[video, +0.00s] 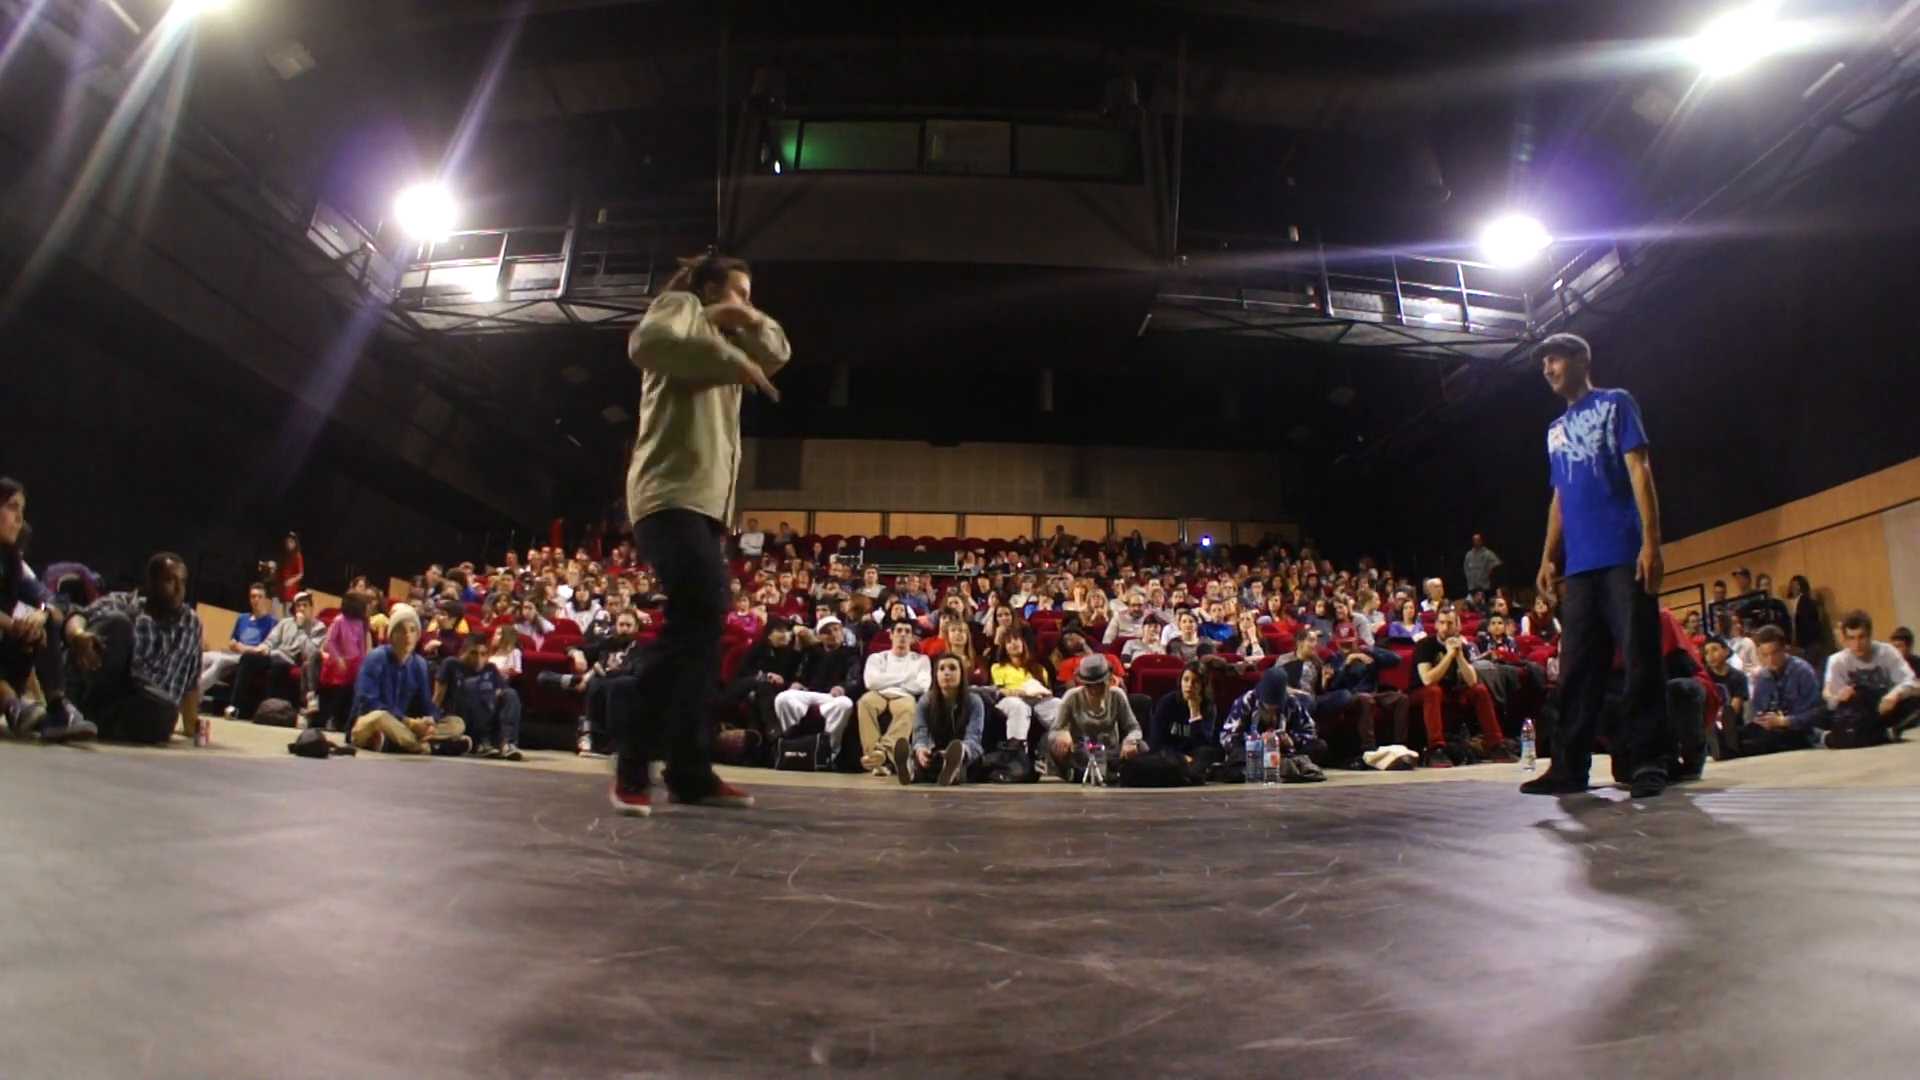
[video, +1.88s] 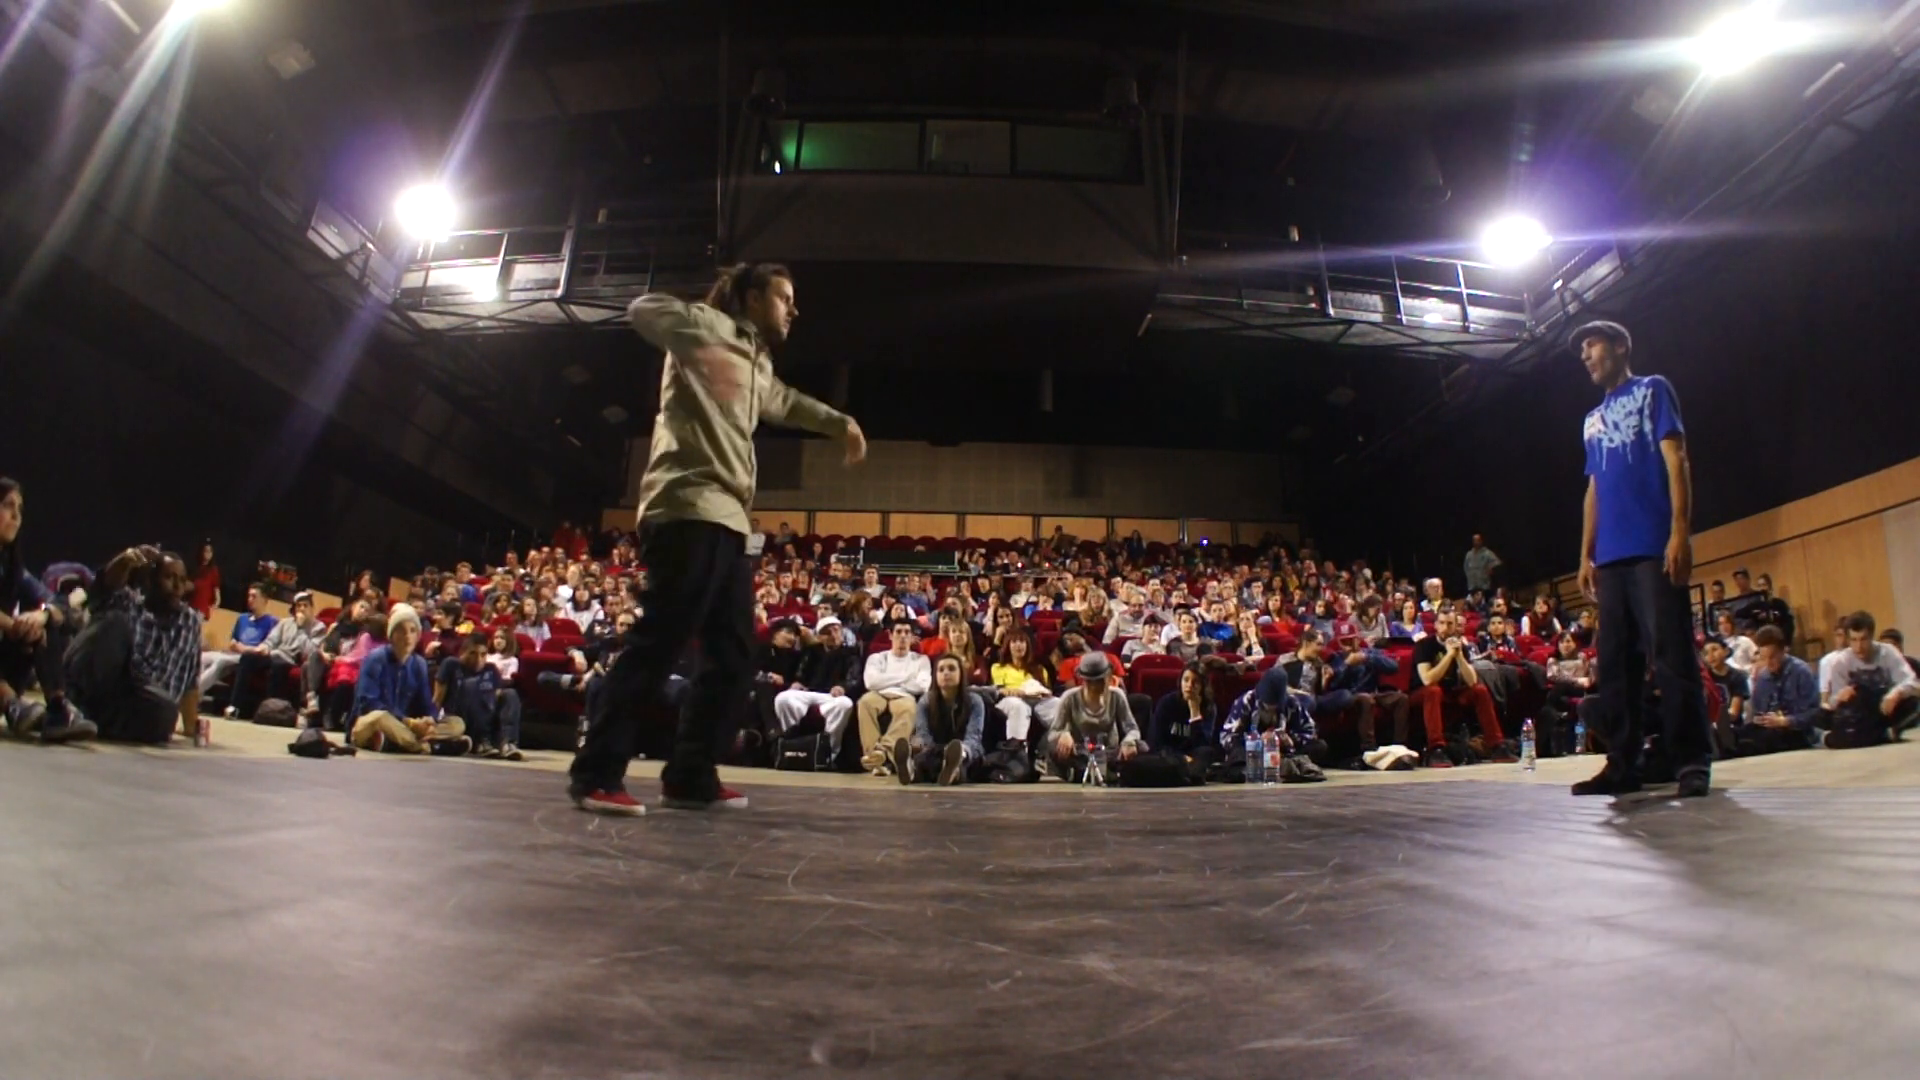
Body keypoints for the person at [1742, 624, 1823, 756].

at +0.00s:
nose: (1771, 660)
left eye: (1775, 653)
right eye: (1765, 655)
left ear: (1784, 650)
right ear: (1759, 656)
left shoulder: (1803, 671)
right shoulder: (1761, 676)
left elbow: (1817, 711)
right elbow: (1757, 709)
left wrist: (1783, 721)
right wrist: (1763, 720)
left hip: (1799, 731)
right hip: (1769, 731)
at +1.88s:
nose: (1769, 662)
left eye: (1773, 656)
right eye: (1764, 658)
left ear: (1784, 651)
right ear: (1760, 657)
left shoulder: (1801, 671)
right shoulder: (1762, 676)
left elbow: (1812, 713)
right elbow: (1756, 711)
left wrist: (1784, 721)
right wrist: (1759, 719)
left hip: (1798, 732)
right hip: (1767, 731)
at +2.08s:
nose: (1767, 666)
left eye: (1771, 660)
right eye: (1763, 661)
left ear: (1782, 653)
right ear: (1759, 659)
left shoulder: (1801, 672)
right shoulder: (1762, 676)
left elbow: (1812, 712)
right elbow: (1758, 711)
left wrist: (1784, 721)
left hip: (1798, 731)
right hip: (1769, 729)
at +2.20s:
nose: (1767, 666)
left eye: (1771, 661)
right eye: (1763, 662)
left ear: (1782, 653)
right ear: (1758, 658)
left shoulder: (1801, 672)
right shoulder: (1762, 676)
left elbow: (1812, 713)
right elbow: (1758, 711)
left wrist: (1784, 721)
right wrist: (1761, 720)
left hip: (1798, 731)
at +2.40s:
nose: (1767, 667)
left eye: (1771, 661)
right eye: (1763, 662)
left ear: (1783, 653)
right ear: (1758, 658)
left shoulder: (1801, 672)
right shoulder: (1763, 676)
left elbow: (1813, 713)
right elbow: (1758, 711)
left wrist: (1784, 721)